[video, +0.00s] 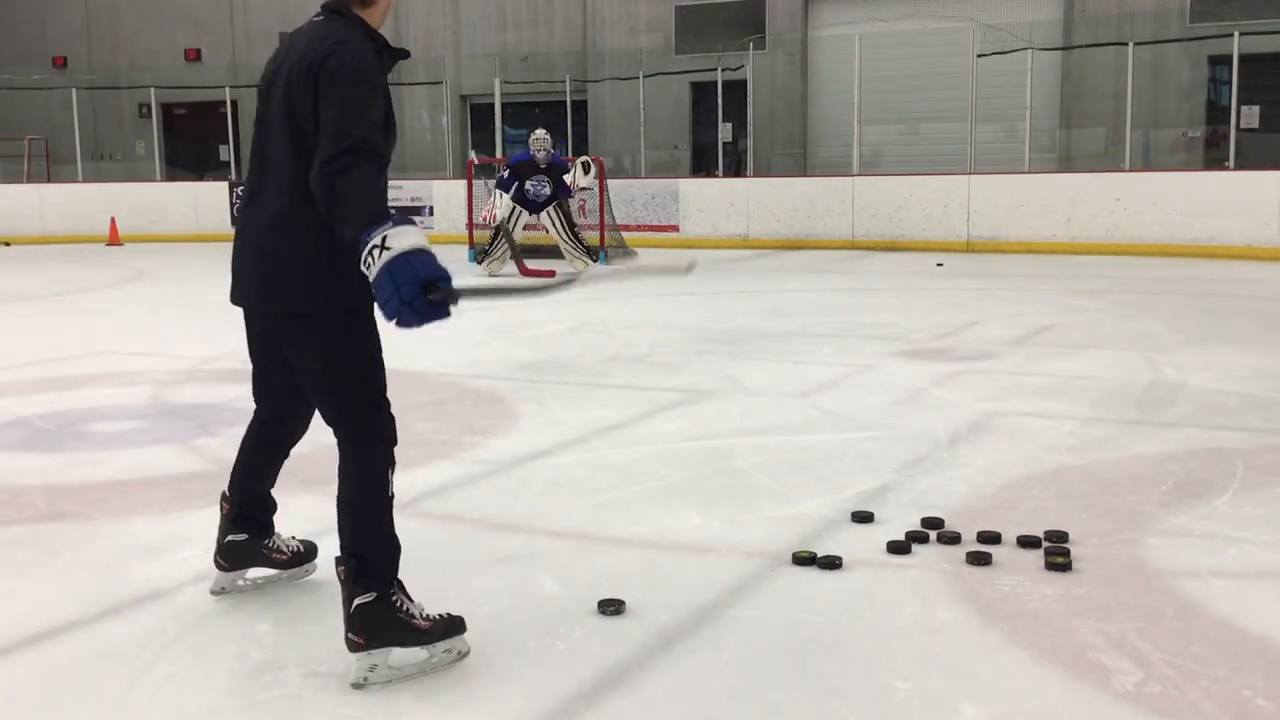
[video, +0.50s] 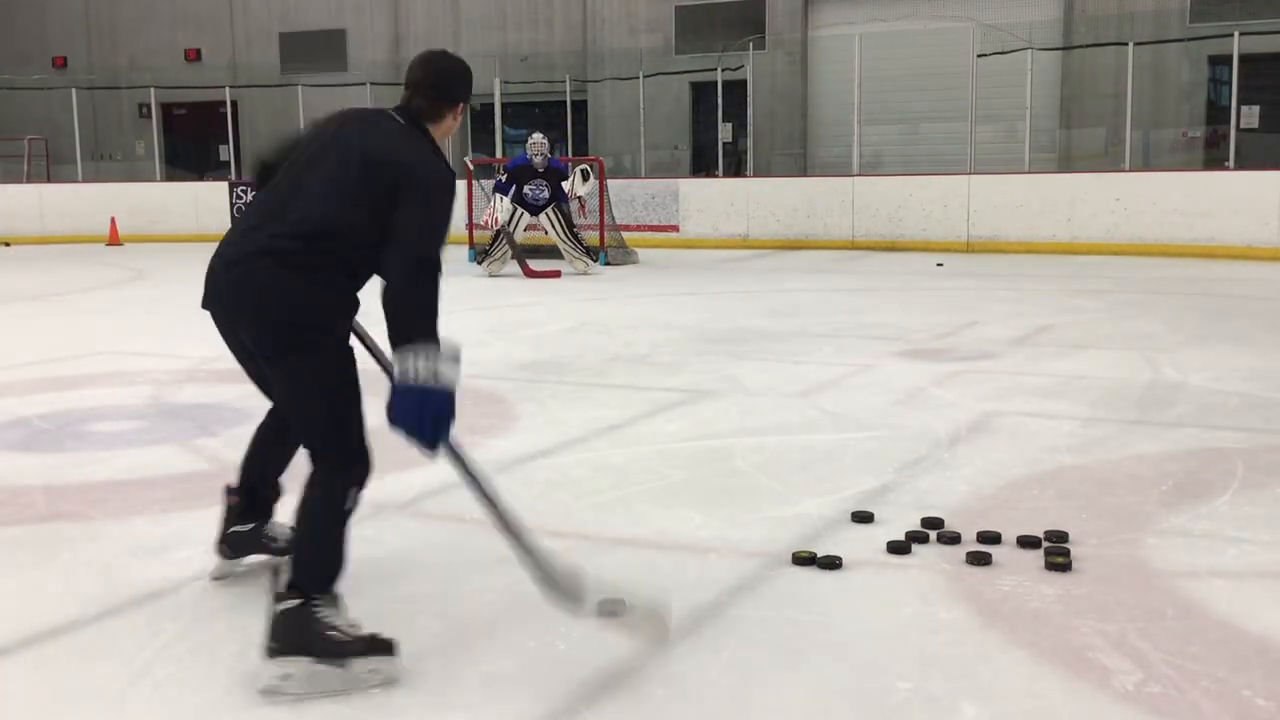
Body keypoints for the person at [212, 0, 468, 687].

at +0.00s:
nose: (394, 5)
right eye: (393, 0)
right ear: (381, 0)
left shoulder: (294, 49)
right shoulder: (352, 54)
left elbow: (272, 167)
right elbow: (347, 166)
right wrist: (385, 249)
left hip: (265, 278)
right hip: (321, 284)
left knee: (281, 409)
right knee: (368, 435)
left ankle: (242, 534)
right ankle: (374, 601)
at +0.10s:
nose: (408, 16)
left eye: (405, 8)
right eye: (408, 8)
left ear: (349, 2)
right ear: (394, 6)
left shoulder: (316, 56)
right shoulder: (353, 58)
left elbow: (291, 195)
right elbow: (337, 154)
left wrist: (351, 274)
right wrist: (402, 205)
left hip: (261, 280)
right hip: (312, 284)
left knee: (274, 409)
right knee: (366, 433)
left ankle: (232, 532)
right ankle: (367, 604)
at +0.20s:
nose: (428, 37)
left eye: (426, 26)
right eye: (429, 26)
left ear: (372, 19)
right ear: (419, 26)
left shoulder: (344, 71)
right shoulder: (367, 66)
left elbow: (364, 199)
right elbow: (358, 98)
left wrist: (394, 278)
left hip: (250, 271)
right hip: (299, 282)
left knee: (261, 408)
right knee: (366, 433)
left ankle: (215, 529)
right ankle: (352, 604)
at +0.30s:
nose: (461, 68)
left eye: (460, 54)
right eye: (453, 50)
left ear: (402, 43)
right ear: (431, 48)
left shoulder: (373, 92)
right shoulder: (400, 97)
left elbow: (374, 201)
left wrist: (405, 275)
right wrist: (429, 77)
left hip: (235, 276)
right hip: (290, 291)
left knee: (261, 410)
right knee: (368, 440)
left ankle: (199, 527)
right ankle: (339, 605)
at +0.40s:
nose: (463, 107)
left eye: (463, 95)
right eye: (466, 96)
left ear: (409, 78)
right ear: (454, 94)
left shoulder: (366, 115)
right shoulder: (410, 131)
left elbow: (341, 209)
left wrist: (371, 282)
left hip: (229, 278)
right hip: (290, 288)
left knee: (276, 410)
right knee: (364, 445)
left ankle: (205, 532)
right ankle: (335, 605)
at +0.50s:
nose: (461, 122)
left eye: (457, 111)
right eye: (463, 112)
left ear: (407, 94)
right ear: (455, 112)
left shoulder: (351, 125)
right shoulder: (428, 171)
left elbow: (273, 173)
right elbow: (411, 276)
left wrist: (322, 276)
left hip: (232, 286)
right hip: (297, 302)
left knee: (297, 406)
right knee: (342, 461)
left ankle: (243, 524)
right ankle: (305, 609)